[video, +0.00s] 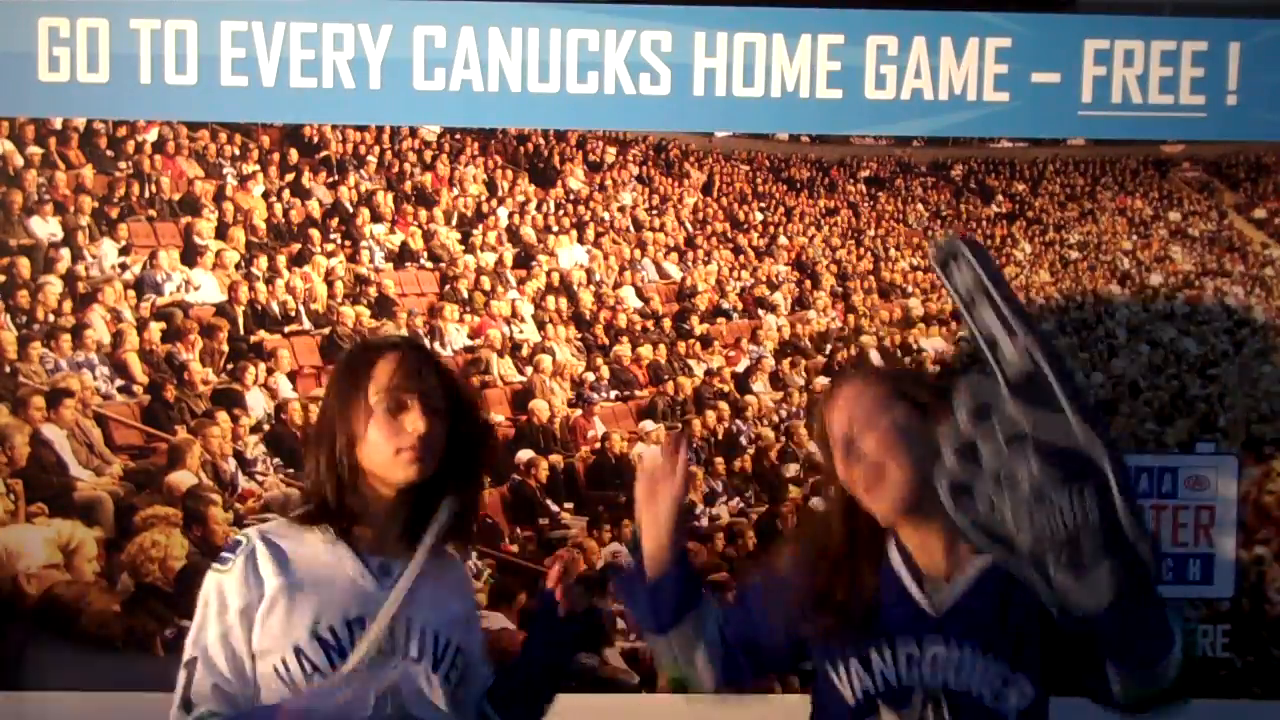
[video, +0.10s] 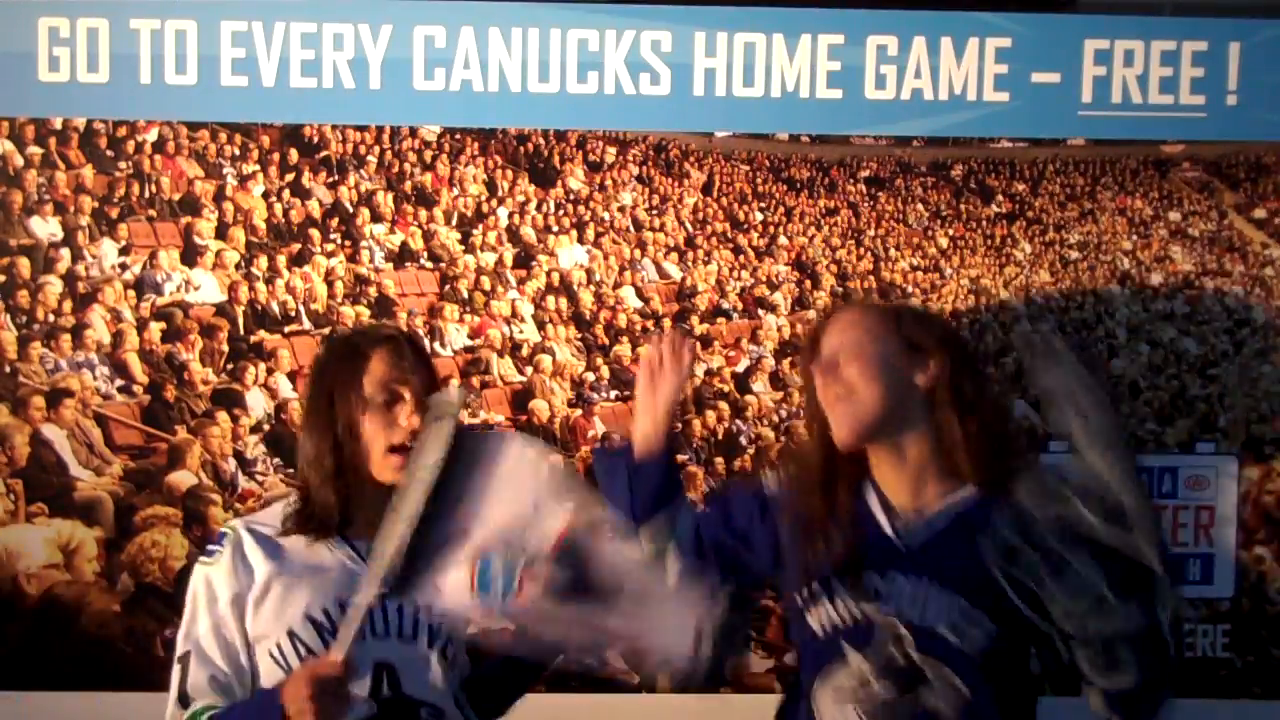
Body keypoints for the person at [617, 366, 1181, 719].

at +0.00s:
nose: (853, 459)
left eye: (867, 430)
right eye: (840, 448)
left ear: (933, 423)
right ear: (836, 473)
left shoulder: (1038, 571)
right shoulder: (830, 574)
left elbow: (1144, 687)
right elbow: (711, 668)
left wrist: (1103, 564)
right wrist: (658, 545)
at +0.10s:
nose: (821, 378)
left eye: (843, 357)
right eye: (819, 365)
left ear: (924, 368)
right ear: (820, 393)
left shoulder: (1023, 532)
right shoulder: (807, 509)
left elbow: (1127, 679)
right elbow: (657, 562)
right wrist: (652, 433)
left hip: (968, 707)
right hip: (821, 705)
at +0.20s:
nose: (810, 356)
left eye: (840, 336)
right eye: (810, 343)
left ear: (916, 362)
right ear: (804, 369)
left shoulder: (997, 524)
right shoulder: (790, 496)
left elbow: (1036, 686)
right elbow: (644, 495)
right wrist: (639, 354)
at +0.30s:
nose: (805, 422)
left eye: (831, 403)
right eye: (809, 401)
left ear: (909, 420)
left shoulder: (995, 586)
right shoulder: (795, 538)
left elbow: (1031, 709)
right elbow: (654, 527)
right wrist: (644, 381)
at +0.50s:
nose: (810, 426)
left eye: (832, 400)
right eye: (808, 411)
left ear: (912, 409)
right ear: (805, 436)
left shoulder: (1019, 575)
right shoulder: (804, 550)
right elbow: (680, 602)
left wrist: (1146, 631)